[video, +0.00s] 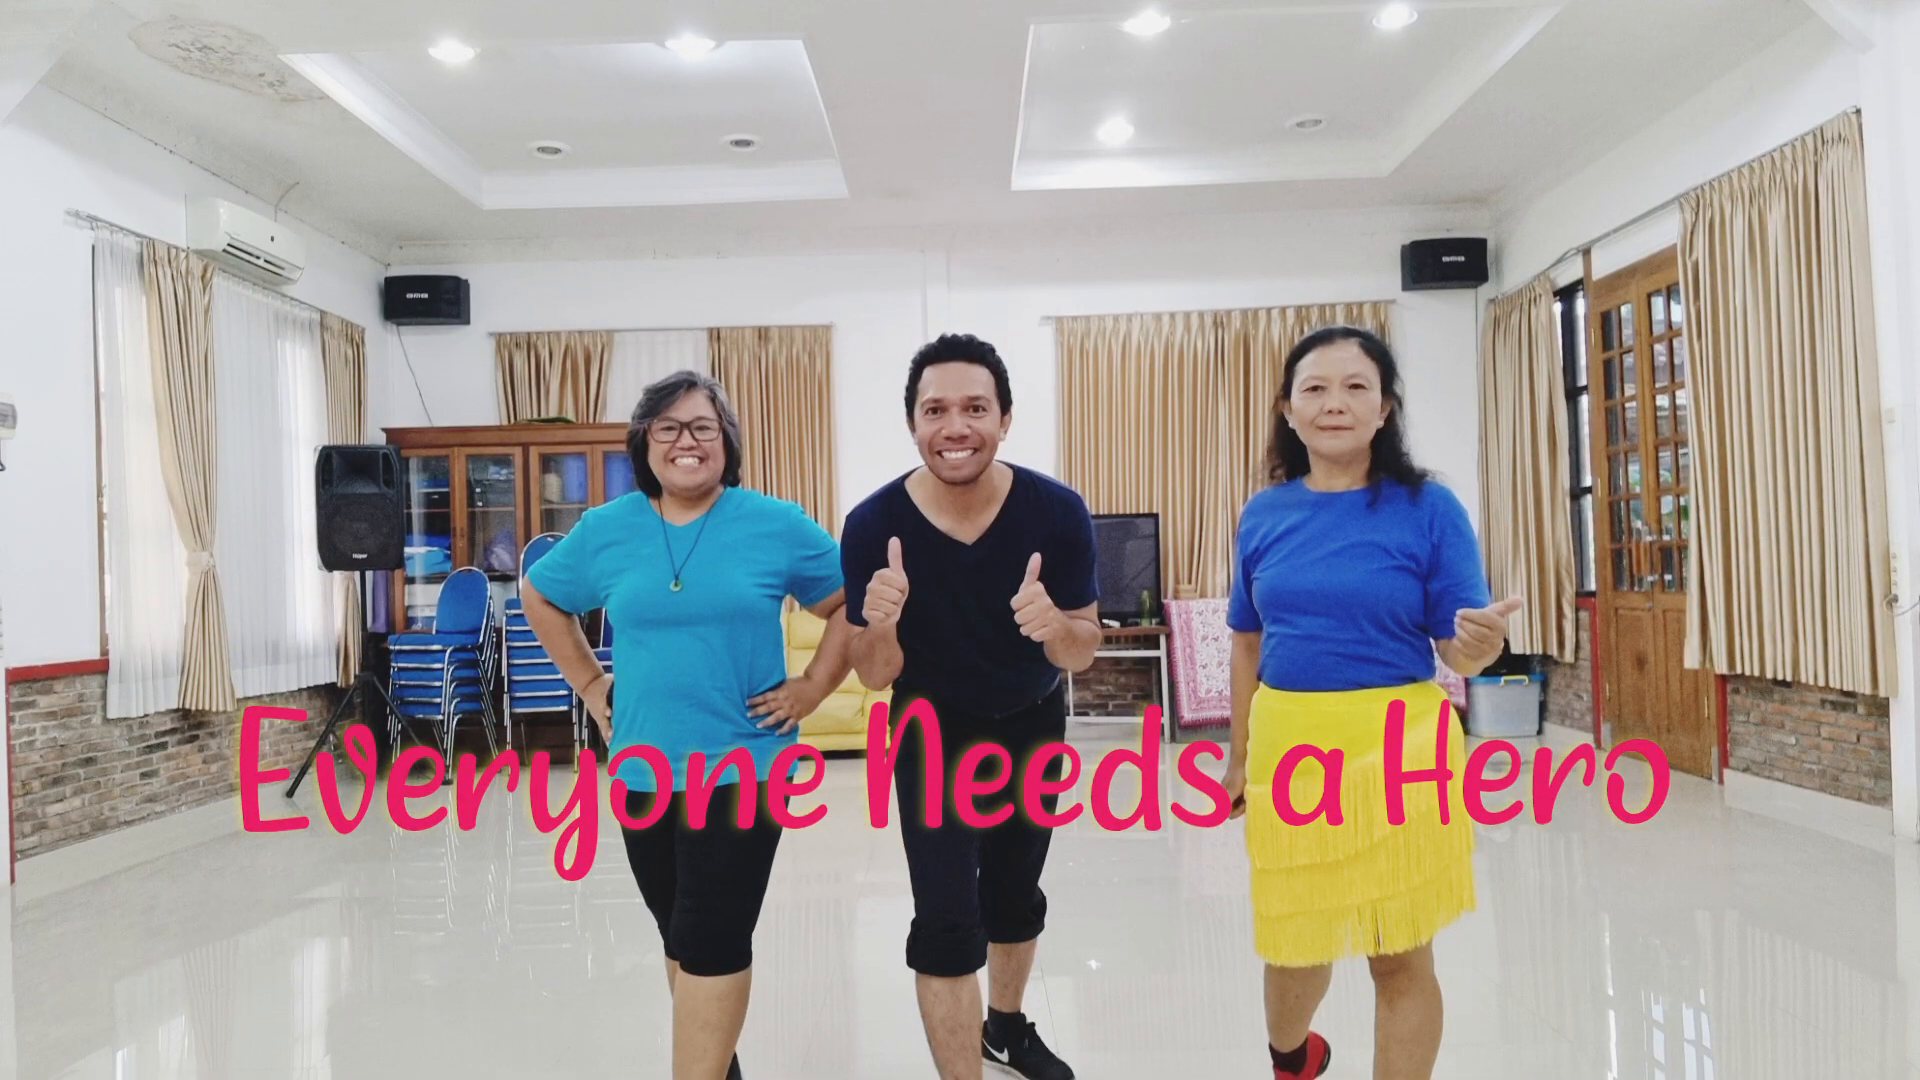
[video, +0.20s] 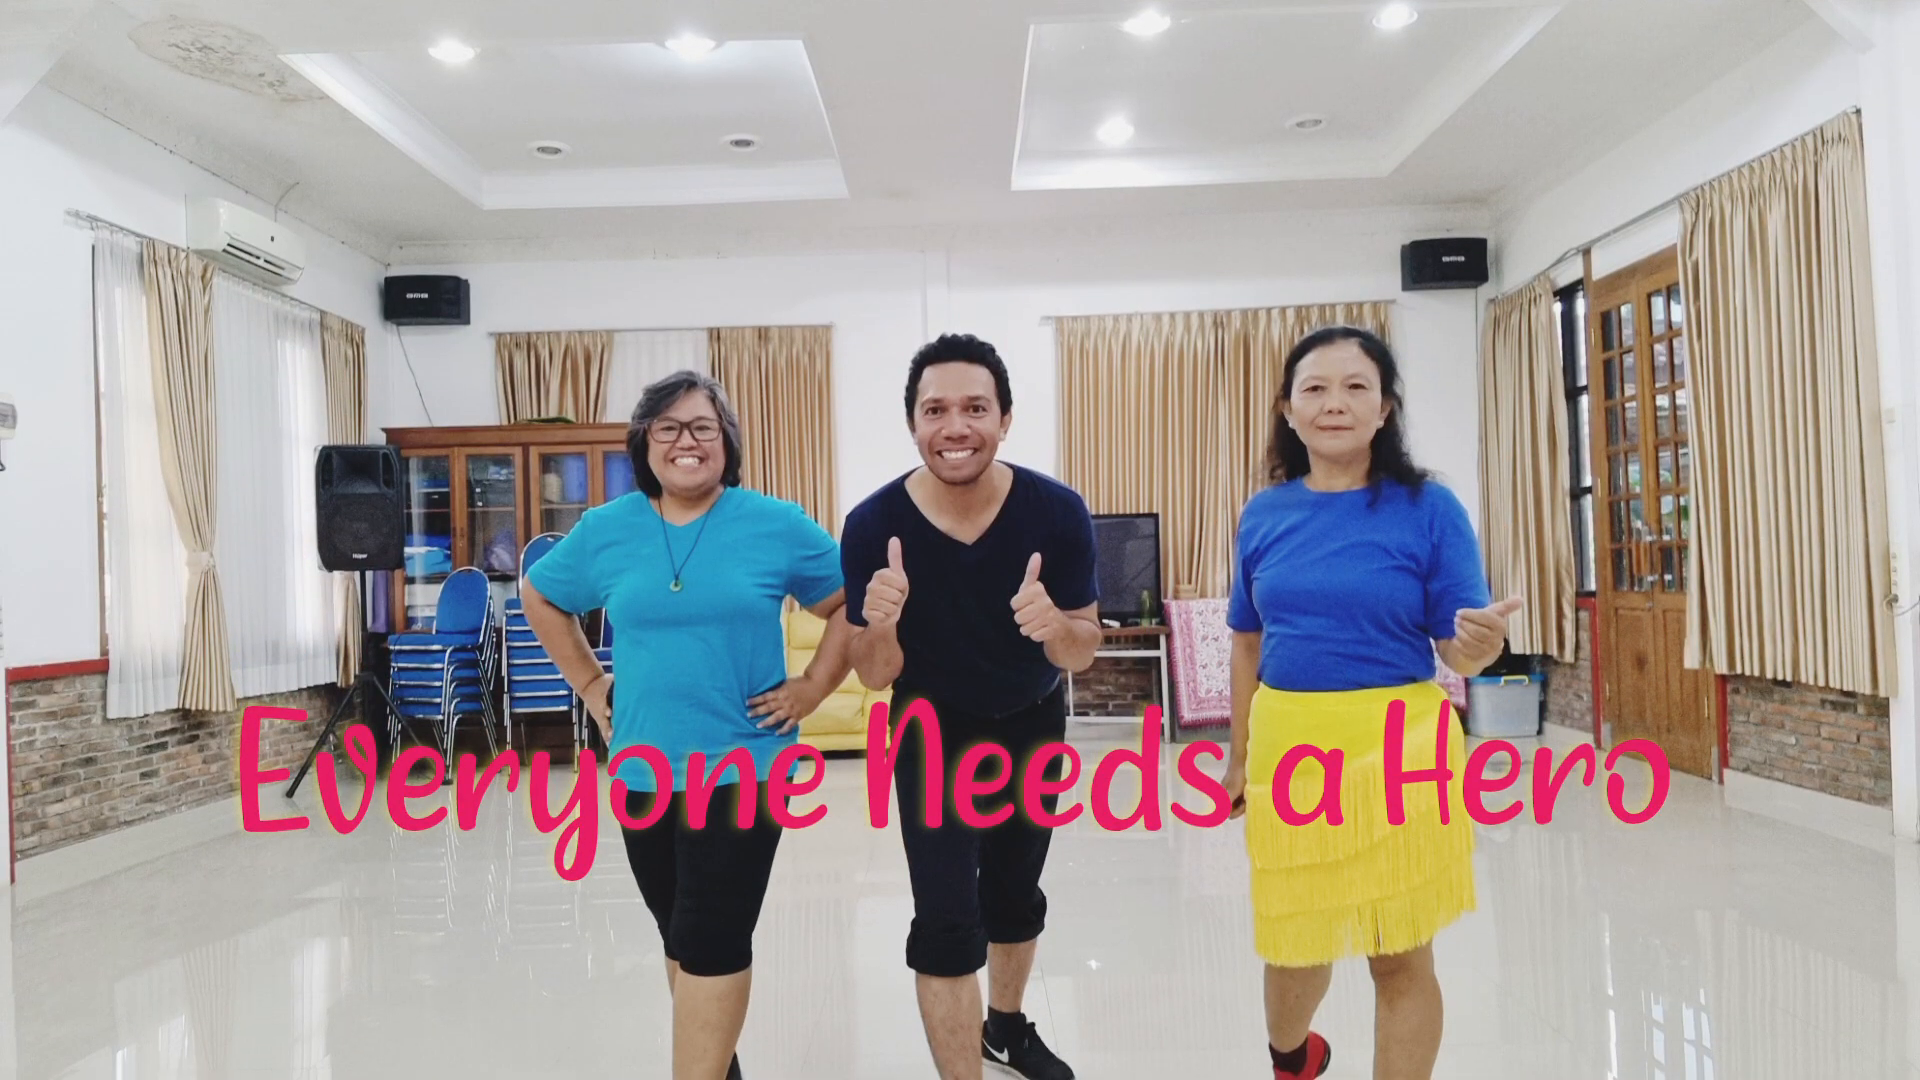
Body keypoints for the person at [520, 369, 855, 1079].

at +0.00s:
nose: (687, 441)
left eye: (703, 428)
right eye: (670, 429)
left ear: (727, 443)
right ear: (644, 446)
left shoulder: (778, 527)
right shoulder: (606, 530)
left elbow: (854, 606)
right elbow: (538, 594)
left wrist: (812, 686)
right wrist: (591, 683)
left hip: (746, 774)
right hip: (643, 776)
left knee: (708, 947)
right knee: (683, 946)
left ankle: (696, 1079)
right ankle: (722, 1070)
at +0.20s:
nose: (687, 441)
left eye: (703, 428)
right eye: (670, 429)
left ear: (727, 443)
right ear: (644, 446)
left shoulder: (778, 527)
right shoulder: (605, 530)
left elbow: (854, 606)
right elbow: (538, 593)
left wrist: (813, 686)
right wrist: (591, 682)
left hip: (746, 773)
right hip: (643, 776)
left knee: (708, 947)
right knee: (683, 946)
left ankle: (696, 1079)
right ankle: (722, 1070)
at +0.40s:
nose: (687, 441)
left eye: (703, 428)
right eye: (670, 429)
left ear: (727, 443)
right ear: (644, 446)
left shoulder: (778, 527)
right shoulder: (605, 530)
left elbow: (854, 606)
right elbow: (537, 594)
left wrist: (813, 686)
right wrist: (591, 682)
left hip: (746, 773)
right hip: (643, 775)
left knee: (709, 947)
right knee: (683, 945)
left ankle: (696, 1079)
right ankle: (722, 1070)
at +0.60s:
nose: (687, 441)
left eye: (703, 428)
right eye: (670, 429)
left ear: (727, 443)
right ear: (644, 446)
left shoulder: (778, 527)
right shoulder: (605, 530)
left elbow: (854, 606)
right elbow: (537, 594)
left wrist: (813, 686)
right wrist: (591, 682)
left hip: (746, 773)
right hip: (643, 775)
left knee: (708, 947)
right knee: (683, 945)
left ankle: (696, 1079)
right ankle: (722, 1070)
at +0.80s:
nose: (687, 440)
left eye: (702, 428)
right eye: (670, 428)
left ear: (727, 443)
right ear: (645, 446)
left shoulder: (778, 527)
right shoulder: (605, 530)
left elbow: (853, 605)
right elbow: (538, 594)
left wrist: (812, 686)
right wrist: (590, 683)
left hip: (746, 773)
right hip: (643, 775)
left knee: (708, 946)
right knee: (683, 944)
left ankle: (696, 1079)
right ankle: (722, 1070)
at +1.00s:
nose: (687, 440)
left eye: (702, 428)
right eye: (670, 428)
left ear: (727, 443)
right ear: (645, 446)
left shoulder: (778, 527)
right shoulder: (605, 530)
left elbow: (853, 605)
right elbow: (538, 594)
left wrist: (812, 686)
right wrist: (590, 683)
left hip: (746, 773)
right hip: (643, 775)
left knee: (708, 946)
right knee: (683, 944)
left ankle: (696, 1079)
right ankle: (722, 1070)